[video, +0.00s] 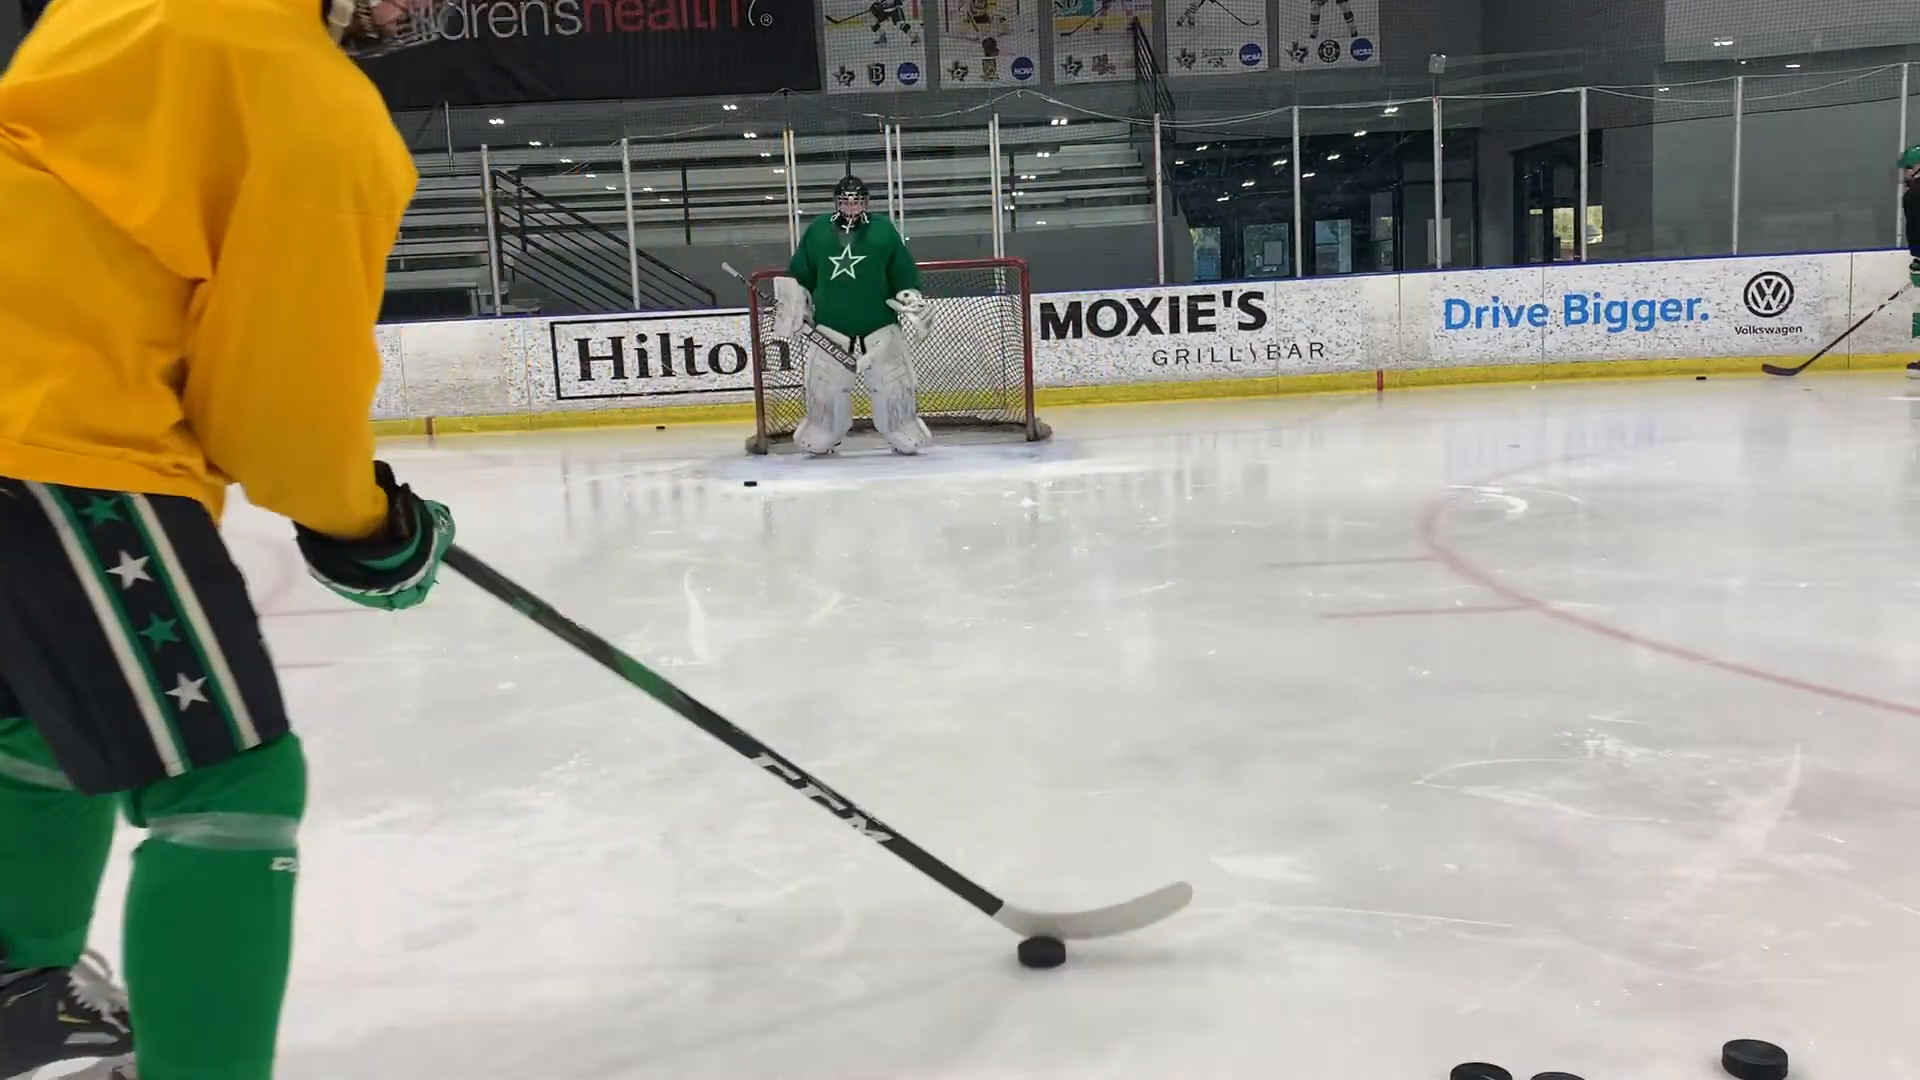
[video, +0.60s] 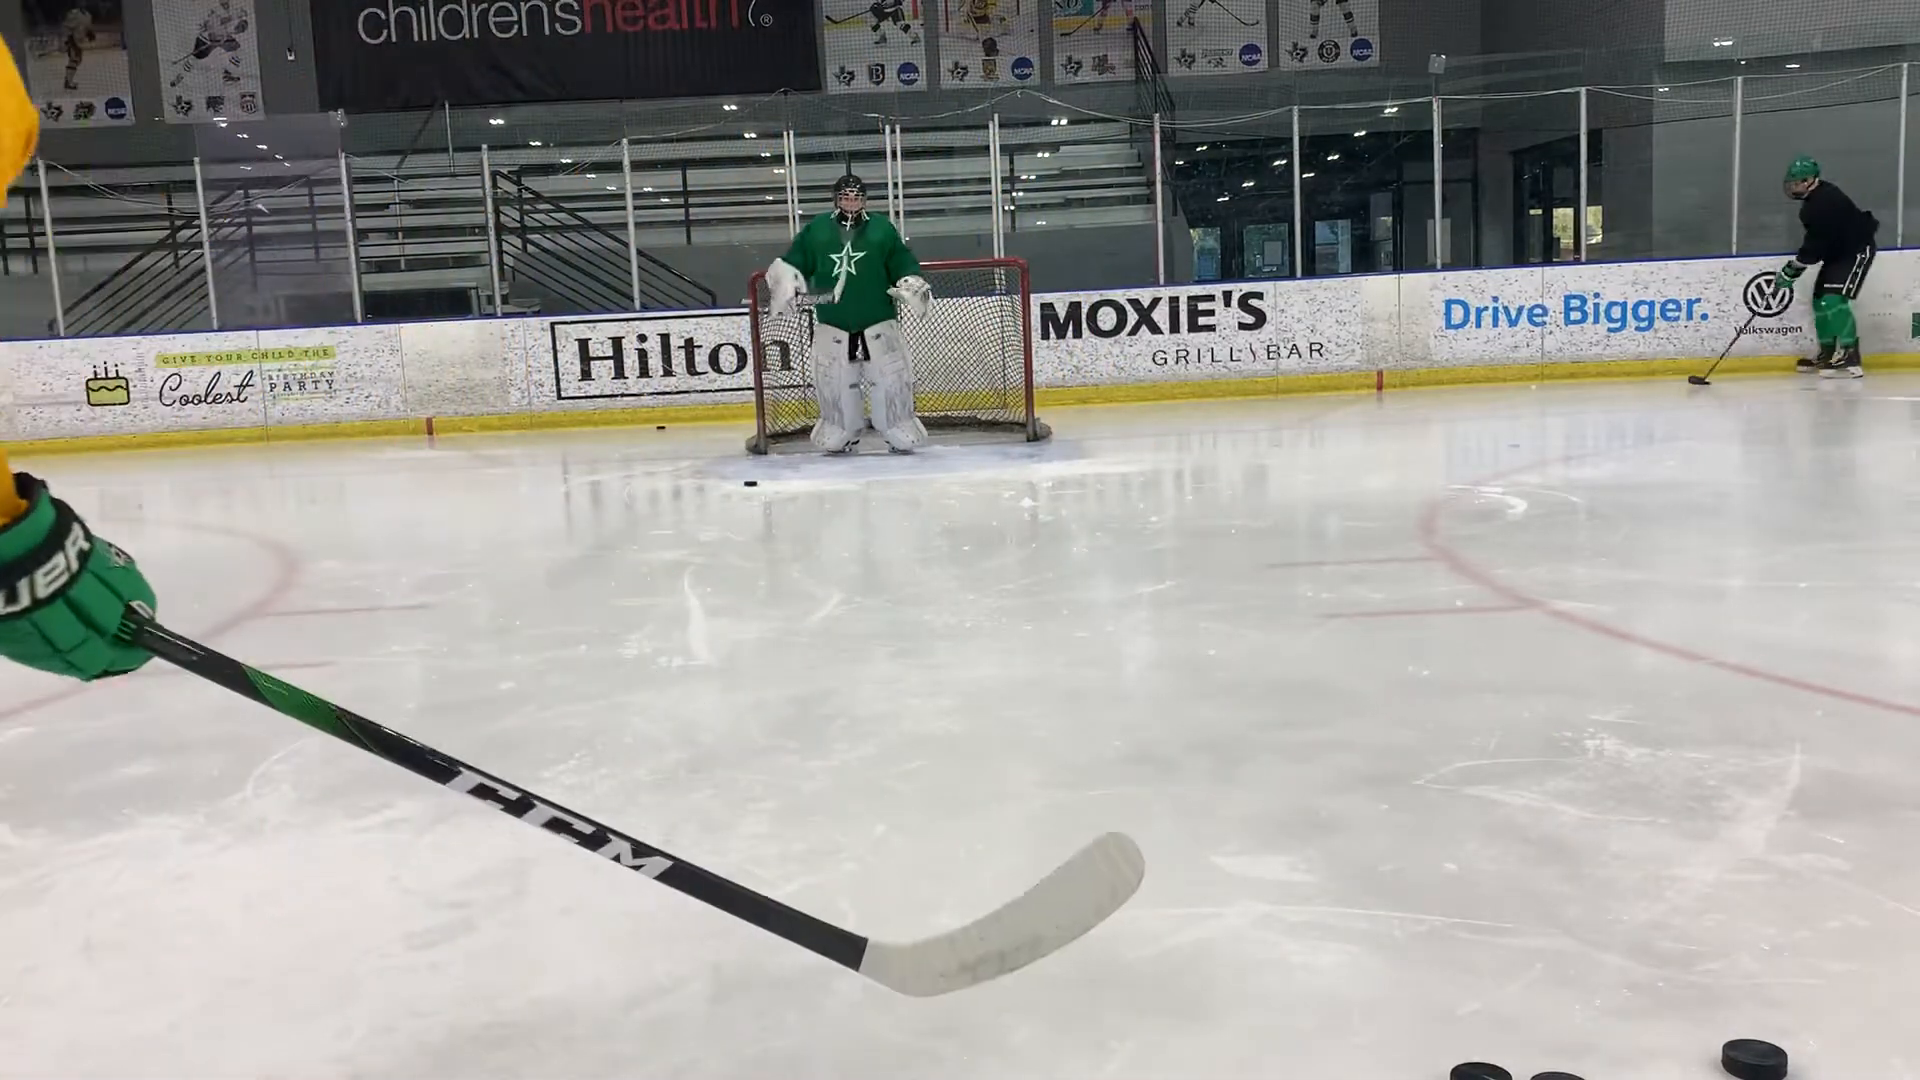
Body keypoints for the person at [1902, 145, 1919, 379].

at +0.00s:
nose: (1906, 173)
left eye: (1908, 168)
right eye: (1906, 168)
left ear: (1915, 169)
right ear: (1910, 169)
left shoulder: (1912, 194)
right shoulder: (1910, 194)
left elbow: (1913, 228)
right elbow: (1911, 228)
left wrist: (1916, 257)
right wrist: (1914, 257)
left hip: (1918, 258)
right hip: (1918, 259)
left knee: (1919, 312)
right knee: (1918, 311)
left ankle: (1919, 357)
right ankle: (1919, 357)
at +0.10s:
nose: (1884, 179)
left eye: (1886, 173)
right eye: (1884, 174)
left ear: (1897, 171)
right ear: (1906, 168)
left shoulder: (1899, 195)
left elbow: (1899, 231)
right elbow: (1899, 231)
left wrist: (1900, 261)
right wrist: (1901, 260)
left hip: (1915, 259)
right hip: (1914, 258)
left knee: (1914, 301)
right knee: (1914, 301)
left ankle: (1916, 352)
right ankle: (1915, 351)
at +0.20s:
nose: (1861, 184)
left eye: (1862, 178)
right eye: (1860, 179)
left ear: (1873, 176)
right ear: (1884, 173)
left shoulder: (1880, 200)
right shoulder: (1911, 181)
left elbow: (1883, 242)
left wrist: (1874, 269)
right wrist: (1877, 267)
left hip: (1914, 246)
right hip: (1915, 244)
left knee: (1900, 296)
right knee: (1911, 296)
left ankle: (1904, 353)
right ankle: (1911, 352)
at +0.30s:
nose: (1842, 188)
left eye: (1844, 182)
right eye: (1840, 183)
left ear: (1858, 178)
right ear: (1864, 177)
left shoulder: (1861, 204)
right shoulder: (1891, 184)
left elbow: (1862, 247)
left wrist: (1849, 273)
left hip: (1905, 246)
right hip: (1917, 242)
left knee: (1883, 298)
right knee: (1902, 298)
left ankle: (1891, 354)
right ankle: (1911, 345)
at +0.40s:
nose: (1823, 188)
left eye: (1826, 183)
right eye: (1822, 183)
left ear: (1840, 179)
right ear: (1844, 178)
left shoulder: (1843, 205)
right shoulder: (1866, 186)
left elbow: (1843, 246)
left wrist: (1828, 271)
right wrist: (1854, 251)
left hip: (1890, 245)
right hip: (1904, 238)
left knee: (1866, 296)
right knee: (1878, 297)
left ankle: (1878, 353)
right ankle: (1884, 351)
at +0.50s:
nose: (1807, 187)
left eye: (1811, 182)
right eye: (1806, 182)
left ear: (1824, 180)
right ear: (1825, 179)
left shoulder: (1829, 207)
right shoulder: (1843, 188)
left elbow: (1828, 247)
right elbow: (1832, 239)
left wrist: (1810, 269)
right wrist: (1815, 265)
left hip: (1874, 246)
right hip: (1869, 243)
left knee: (1849, 297)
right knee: (1847, 296)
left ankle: (1861, 356)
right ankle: (1859, 354)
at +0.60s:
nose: (1793, 187)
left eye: (1797, 182)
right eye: (1791, 183)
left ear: (1811, 180)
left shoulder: (1823, 201)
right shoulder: (1812, 201)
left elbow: (1816, 246)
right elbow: (1814, 241)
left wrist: (1792, 270)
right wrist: (1795, 267)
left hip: (1858, 247)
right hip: (1837, 249)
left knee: (1833, 298)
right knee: (1820, 299)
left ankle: (1850, 355)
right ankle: (1827, 355)